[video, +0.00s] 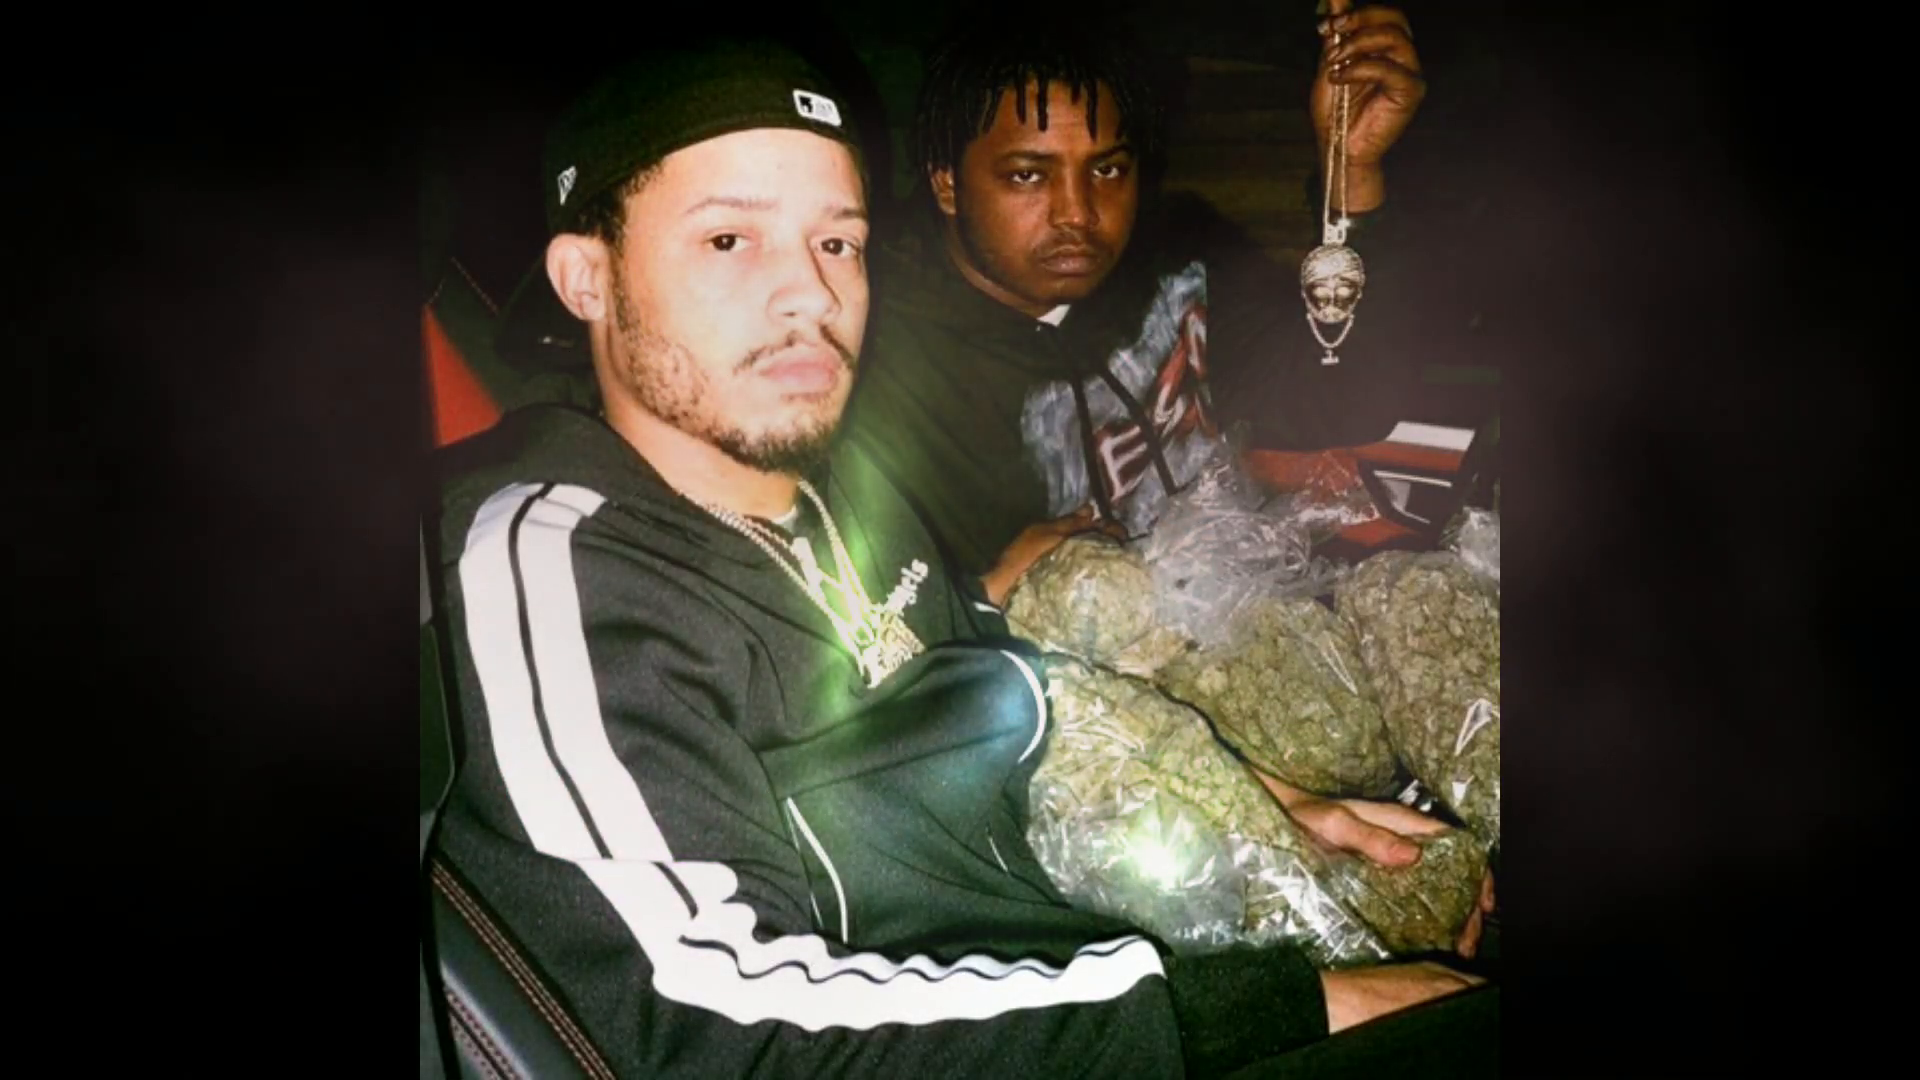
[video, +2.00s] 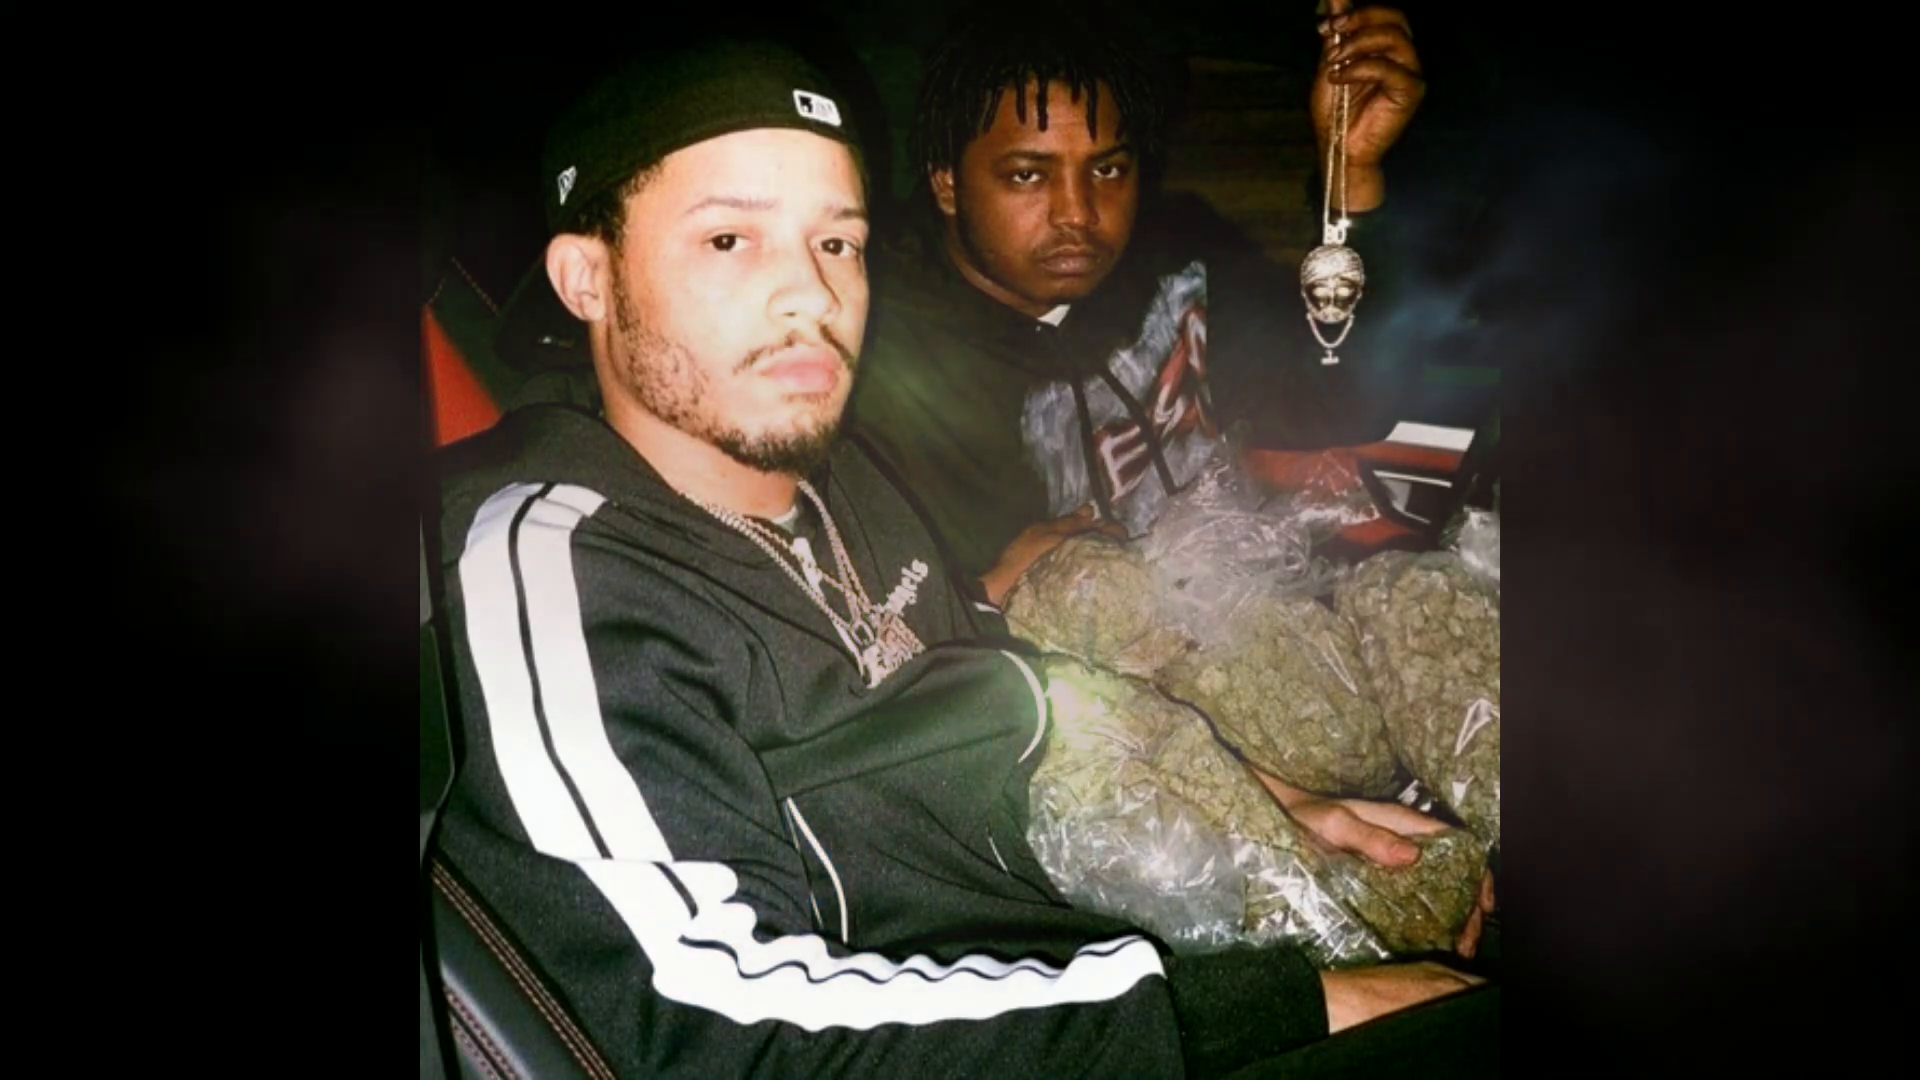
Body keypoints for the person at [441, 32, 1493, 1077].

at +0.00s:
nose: (813, 303)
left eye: (837, 250)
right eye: (731, 243)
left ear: (871, 268)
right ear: (588, 281)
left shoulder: (837, 495)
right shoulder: (536, 551)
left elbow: (1016, 741)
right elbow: (708, 1011)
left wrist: (1270, 825)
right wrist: (1274, 1010)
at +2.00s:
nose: (810, 304)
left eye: (835, 250)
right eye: (729, 245)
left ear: (868, 269)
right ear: (588, 282)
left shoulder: (833, 481)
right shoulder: (534, 557)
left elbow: (1011, 738)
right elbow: (709, 1015)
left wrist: (1269, 821)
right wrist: (1277, 1009)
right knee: (1469, 1004)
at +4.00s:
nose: (810, 304)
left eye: (835, 249)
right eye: (729, 244)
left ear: (866, 267)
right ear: (587, 282)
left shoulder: (831, 484)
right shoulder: (536, 552)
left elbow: (1008, 763)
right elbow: (702, 1017)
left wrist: (1273, 834)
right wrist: (1270, 1004)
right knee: (1477, 1019)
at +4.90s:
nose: (812, 304)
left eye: (837, 249)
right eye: (729, 244)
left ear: (869, 267)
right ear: (587, 281)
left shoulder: (827, 486)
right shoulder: (534, 550)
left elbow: (1008, 735)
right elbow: (704, 1017)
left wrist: (1270, 820)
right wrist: (1274, 1008)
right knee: (1485, 1011)